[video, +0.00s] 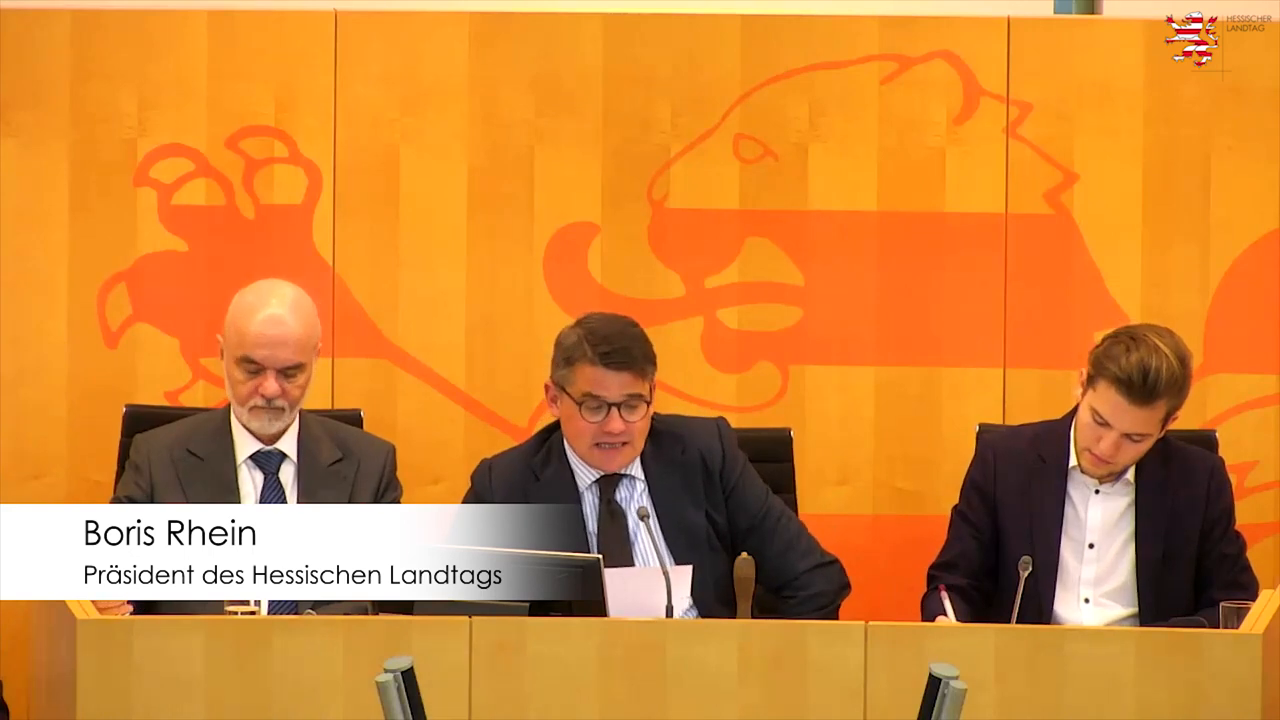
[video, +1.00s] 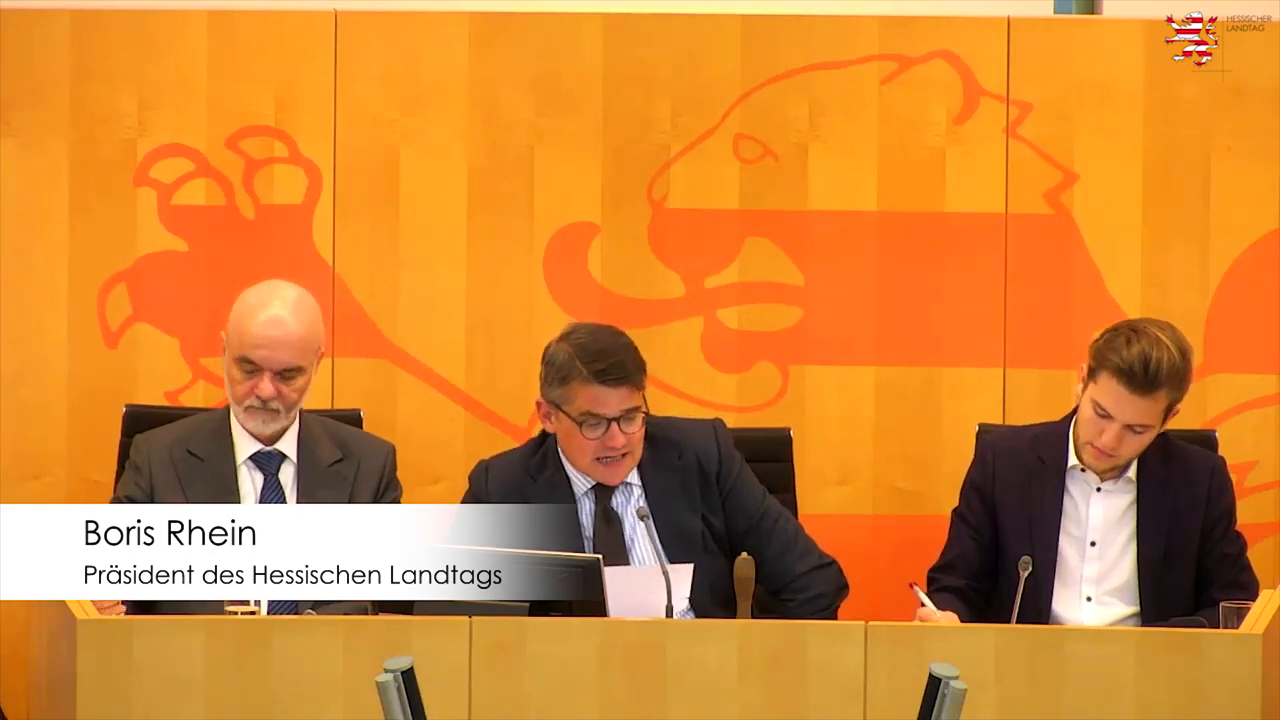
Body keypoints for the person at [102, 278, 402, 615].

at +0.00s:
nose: (271, 390)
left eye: (291, 372)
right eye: (252, 369)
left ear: (315, 357)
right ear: (222, 353)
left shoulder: (370, 463)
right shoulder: (154, 458)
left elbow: (392, 594)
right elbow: (114, 568)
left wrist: (308, 631)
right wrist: (107, 604)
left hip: (328, 668)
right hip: (190, 666)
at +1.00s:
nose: (265, 391)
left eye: (288, 374)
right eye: (248, 368)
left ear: (317, 363)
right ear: (223, 351)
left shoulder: (370, 463)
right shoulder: (154, 457)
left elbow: (389, 591)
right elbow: (115, 566)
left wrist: (309, 631)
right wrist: (108, 603)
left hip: (327, 667)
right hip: (190, 663)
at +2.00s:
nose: (270, 388)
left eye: (293, 372)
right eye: (254, 365)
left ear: (320, 363)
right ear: (227, 350)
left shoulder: (371, 463)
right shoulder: (158, 456)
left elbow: (383, 587)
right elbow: (117, 575)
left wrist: (311, 633)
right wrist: (147, 618)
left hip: (325, 665)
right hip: (195, 660)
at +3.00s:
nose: (289, 391)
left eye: (306, 371)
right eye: (268, 369)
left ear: (322, 362)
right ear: (227, 357)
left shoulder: (371, 463)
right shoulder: (159, 457)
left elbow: (385, 587)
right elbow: (118, 578)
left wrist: (312, 633)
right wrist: (147, 618)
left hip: (327, 664)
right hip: (197, 660)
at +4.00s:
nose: (273, 392)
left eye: (296, 376)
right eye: (256, 369)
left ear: (322, 363)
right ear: (228, 351)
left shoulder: (372, 464)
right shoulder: (159, 455)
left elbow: (391, 588)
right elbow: (116, 575)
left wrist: (314, 635)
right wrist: (144, 615)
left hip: (327, 667)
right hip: (195, 661)